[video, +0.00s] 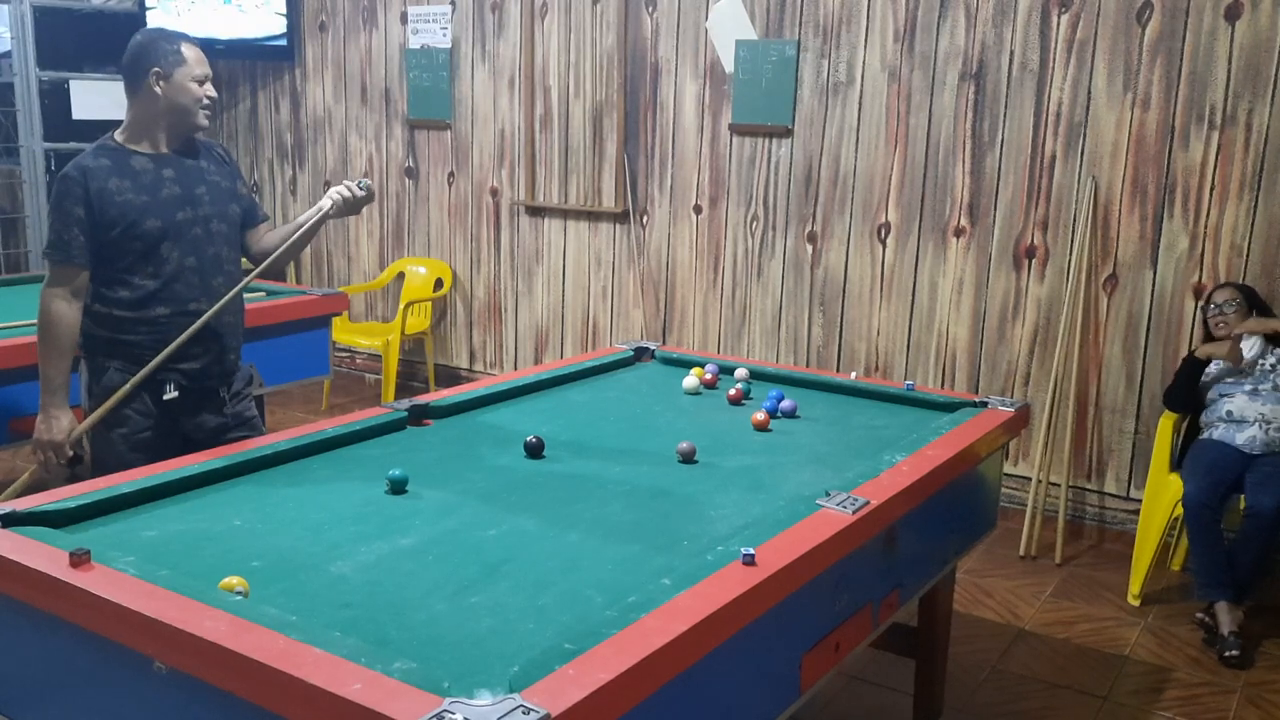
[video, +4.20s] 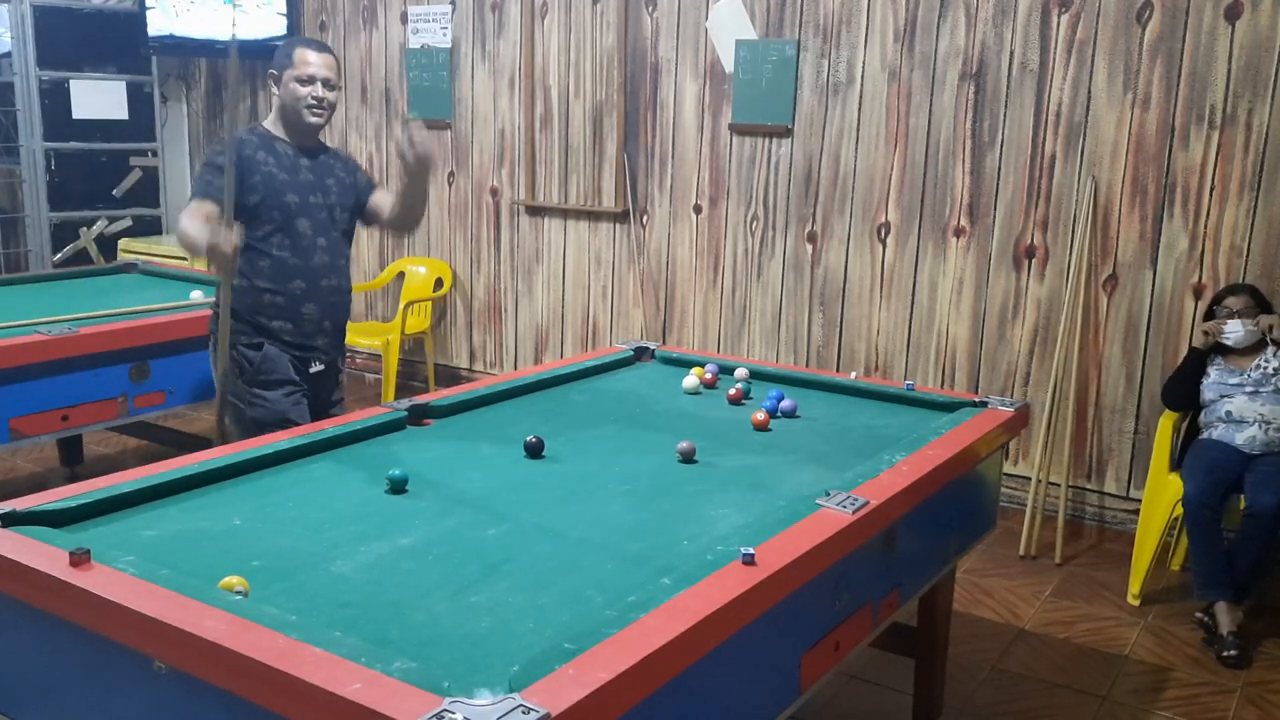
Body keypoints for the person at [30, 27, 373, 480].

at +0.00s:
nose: (213, 95)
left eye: (211, 83)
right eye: (201, 81)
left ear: (161, 83)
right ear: (158, 82)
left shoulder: (215, 160)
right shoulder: (87, 178)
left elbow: (263, 252)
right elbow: (64, 294)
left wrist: (323, 210)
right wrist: (53, 409)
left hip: (223, 392)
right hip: (129, 404)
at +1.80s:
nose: (205, 93)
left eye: (204, 82)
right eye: (192, 81)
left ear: (157, 81)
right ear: (146, 81)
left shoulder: (213, 157)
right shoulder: (80, 174)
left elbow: (265, 247)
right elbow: (45, 285)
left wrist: (347, 290)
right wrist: (37, 394)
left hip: (228, 386)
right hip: (134, 399)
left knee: (253, 539)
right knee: (144, 552)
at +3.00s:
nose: (234, 92)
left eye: (237, 81)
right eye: (217, 79)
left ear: (241, 85)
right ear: (172, 84)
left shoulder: (254, 158)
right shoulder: (129, 179)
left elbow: (293, 257)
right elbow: (110, 292)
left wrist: (340, 337)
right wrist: (108, 398)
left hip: (271, 377)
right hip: (182, 385)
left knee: (292, 527)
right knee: (186, 527)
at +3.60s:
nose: (286, 88)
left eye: (293, 77)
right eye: (270, 76)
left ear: (301, 84)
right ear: (234, 82)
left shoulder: (307, 165)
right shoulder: (202, 171)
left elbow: (322, 261)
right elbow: (189, 277)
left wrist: (364, 337)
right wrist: (185, 385)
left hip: (317, 362)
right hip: (249, 364)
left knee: (321, 493)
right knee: (265, 500)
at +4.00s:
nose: (313, 94)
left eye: (322, 83)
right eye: (298, 81)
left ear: (331, 90)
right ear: (267, 83)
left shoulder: (330, 167)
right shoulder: (229, 161)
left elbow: (354, 255)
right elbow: (195, 252)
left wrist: (407, 313)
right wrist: (205, 335)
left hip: (325, 357)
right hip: (261, 357)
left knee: (327, 485)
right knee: (280, 488)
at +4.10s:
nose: (316, 94)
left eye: (326, 85)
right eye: (303, 81)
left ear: (336, 92)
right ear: (272, 84)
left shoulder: (334, 167)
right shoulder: (235, 155)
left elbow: (373, 241)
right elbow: (195, 238)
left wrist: (411, 252)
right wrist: (209, 295)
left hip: (325, 349)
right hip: (263, 348)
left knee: (324, 472)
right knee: (280, 474)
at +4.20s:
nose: (319, 94)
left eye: (329, 86)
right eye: (306, 82)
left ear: (339, 94)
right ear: (276, 84)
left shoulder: (341, 167)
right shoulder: (238, 152)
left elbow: (402, 219)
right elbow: (190, 222)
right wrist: (212, 238)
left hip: (325, 350)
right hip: (261, 348)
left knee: (326, 475)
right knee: (282, 474)